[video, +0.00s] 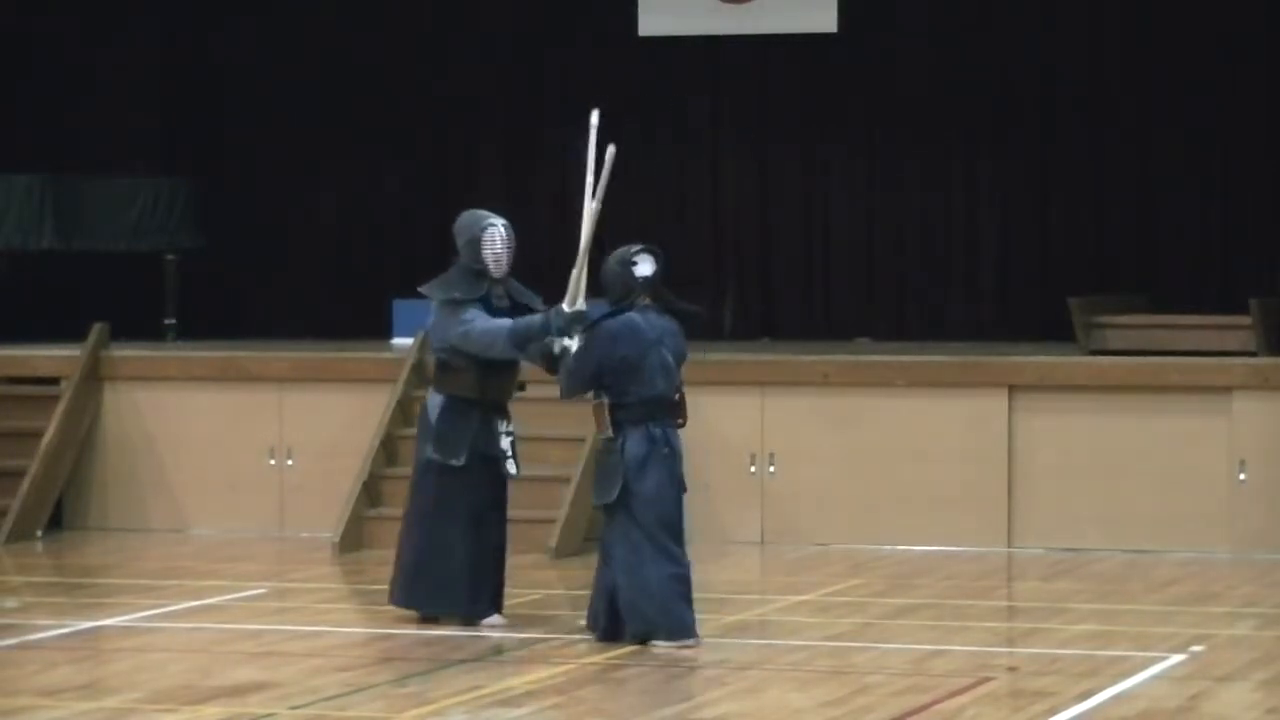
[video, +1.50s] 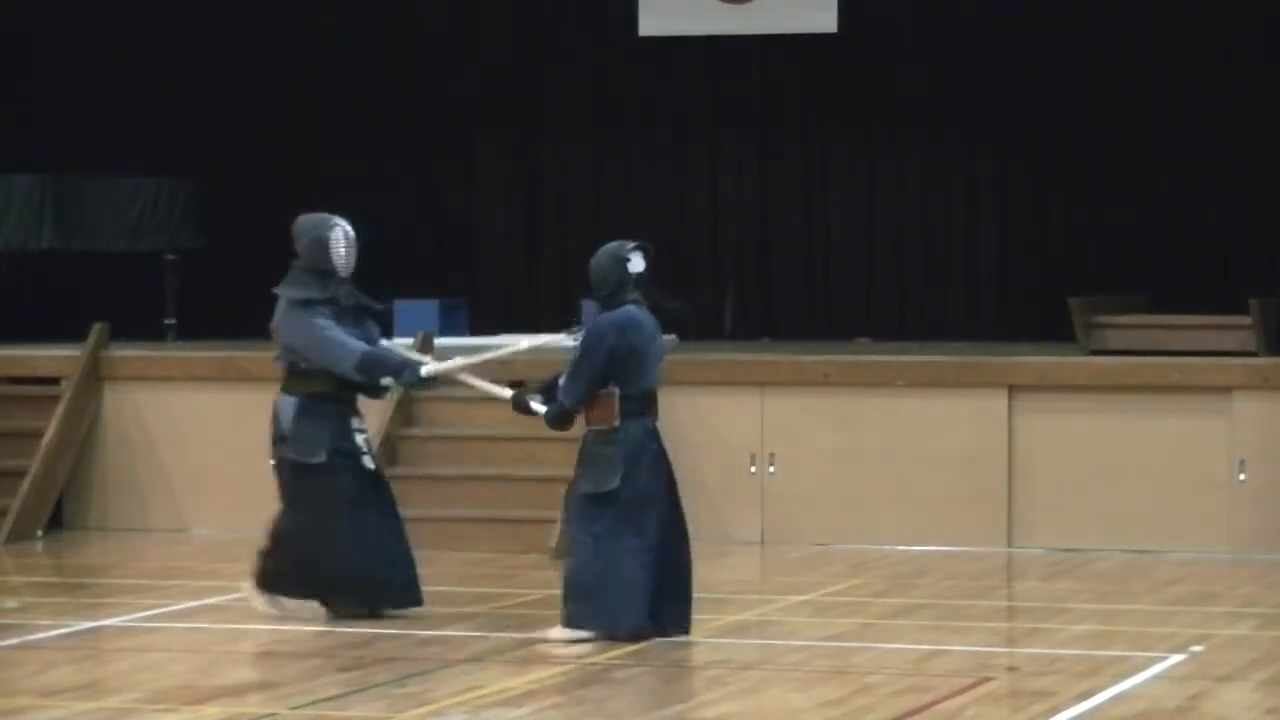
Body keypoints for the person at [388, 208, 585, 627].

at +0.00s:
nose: (500, 254)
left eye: (505, 245)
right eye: (491, 245)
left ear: (511, 248)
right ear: (470, 250)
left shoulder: (513, 298)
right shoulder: (451, 304)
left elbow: (541, 347)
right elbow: (490, 335)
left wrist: (566, 341)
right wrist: (548, 321)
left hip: (491, 414)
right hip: (452, 413)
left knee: (487, 509)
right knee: (450, 508)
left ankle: (481, 606)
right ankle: (436, 604)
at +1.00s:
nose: (459, 256)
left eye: (462, 247)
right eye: (449, 248)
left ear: (468, 251)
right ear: (427, 253)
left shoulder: (472, 301)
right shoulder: (413, 310)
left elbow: (500, 361)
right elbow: (463, 348)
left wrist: (537, 363)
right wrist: (533, 346)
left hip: (462, 418)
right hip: (426, 419)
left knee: (469, 511)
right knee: (436, 512)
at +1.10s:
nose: (439, 265)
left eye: (441, 256)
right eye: (430, 258)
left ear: (444, 258)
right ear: (408, 262)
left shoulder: (444, 308)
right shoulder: (394, 319)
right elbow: (443, 356)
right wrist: (516, 350)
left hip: (444, 422)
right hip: (412, 425)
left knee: (451, 511)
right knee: (430, 515)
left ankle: (377, 582)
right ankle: (454, 612)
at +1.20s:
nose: (412, 266)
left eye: (415, 256)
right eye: (402, 258)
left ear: (419, 259)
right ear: (380, 262)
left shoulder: (419, 308)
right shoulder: (367, 319)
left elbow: (452, 342)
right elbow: (410, 359)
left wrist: (485, 362)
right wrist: (462, 369)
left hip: (421, 420)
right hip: (385, 423)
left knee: (431, 511)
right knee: (425, 515)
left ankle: (369, 586)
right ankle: (458, 608)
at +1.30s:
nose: (387, 263)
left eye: (392, 253)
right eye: (378, 254)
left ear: (397, 257)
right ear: (357, 258)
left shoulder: (398, 311)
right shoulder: (342, 317)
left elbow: (424, 351)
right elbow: (379, 356)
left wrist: (442, 374)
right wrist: (430, 371)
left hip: (395, 417)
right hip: (358, 420)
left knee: (391, 511)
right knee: (404, 510)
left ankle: (355, 594)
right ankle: (431, 602)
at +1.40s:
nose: (366, 259)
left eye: (369, 250)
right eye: (357, 251)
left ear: (373, 253)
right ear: (335, 255)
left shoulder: (369, 304)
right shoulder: (318, 313)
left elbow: (394, 344)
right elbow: (355, 352)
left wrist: (422, 362)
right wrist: (408, 370)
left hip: (368, 414)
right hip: (333, 416)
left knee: (386, 504)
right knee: (354, 508)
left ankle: (394, 597)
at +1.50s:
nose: (345, 256)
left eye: (347, 247)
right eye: (336, 248)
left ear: (349, 250)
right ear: (313, 251)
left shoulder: (345, 302)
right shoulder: (296, 309)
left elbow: (370, 346)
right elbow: (339, 351)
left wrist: (405, 363)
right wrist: (401, 369)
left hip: (343, 411)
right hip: (306, 412)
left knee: (364, 501)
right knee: (320, 501)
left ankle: (357, 593)